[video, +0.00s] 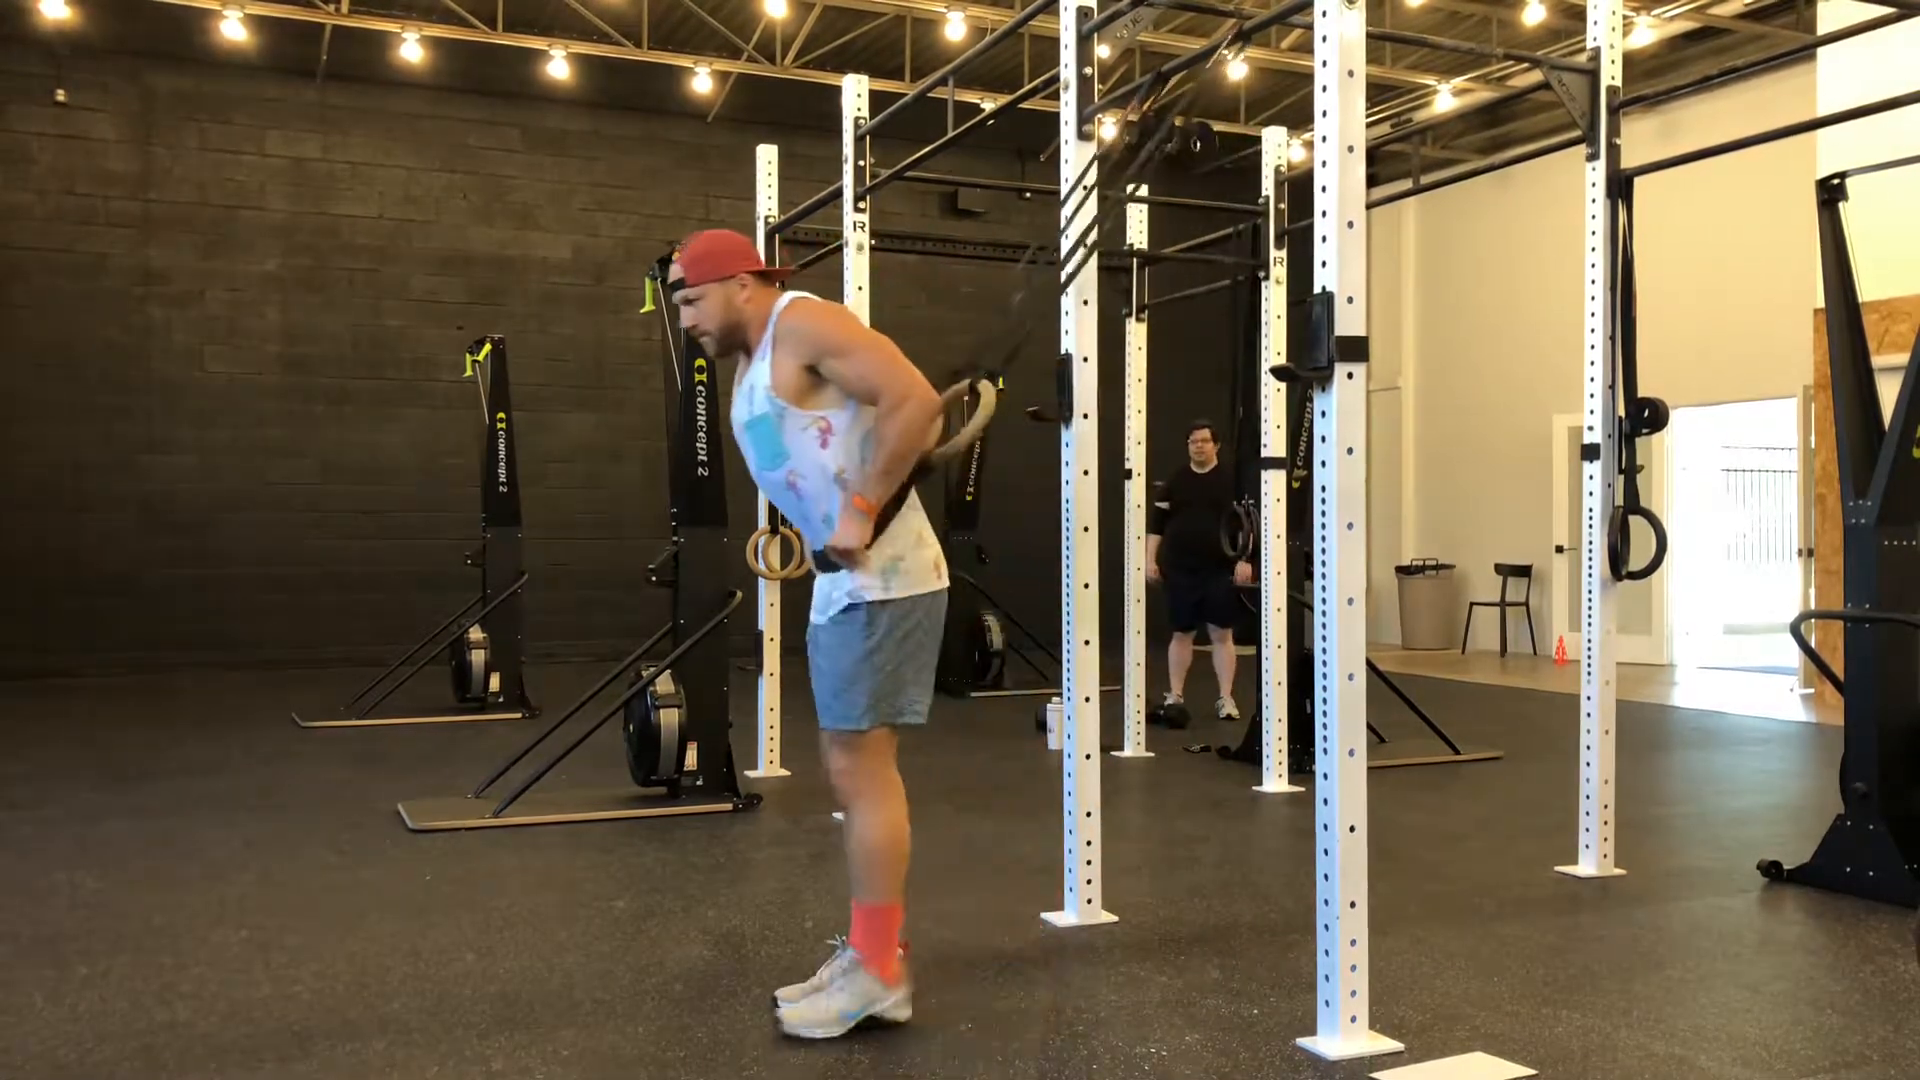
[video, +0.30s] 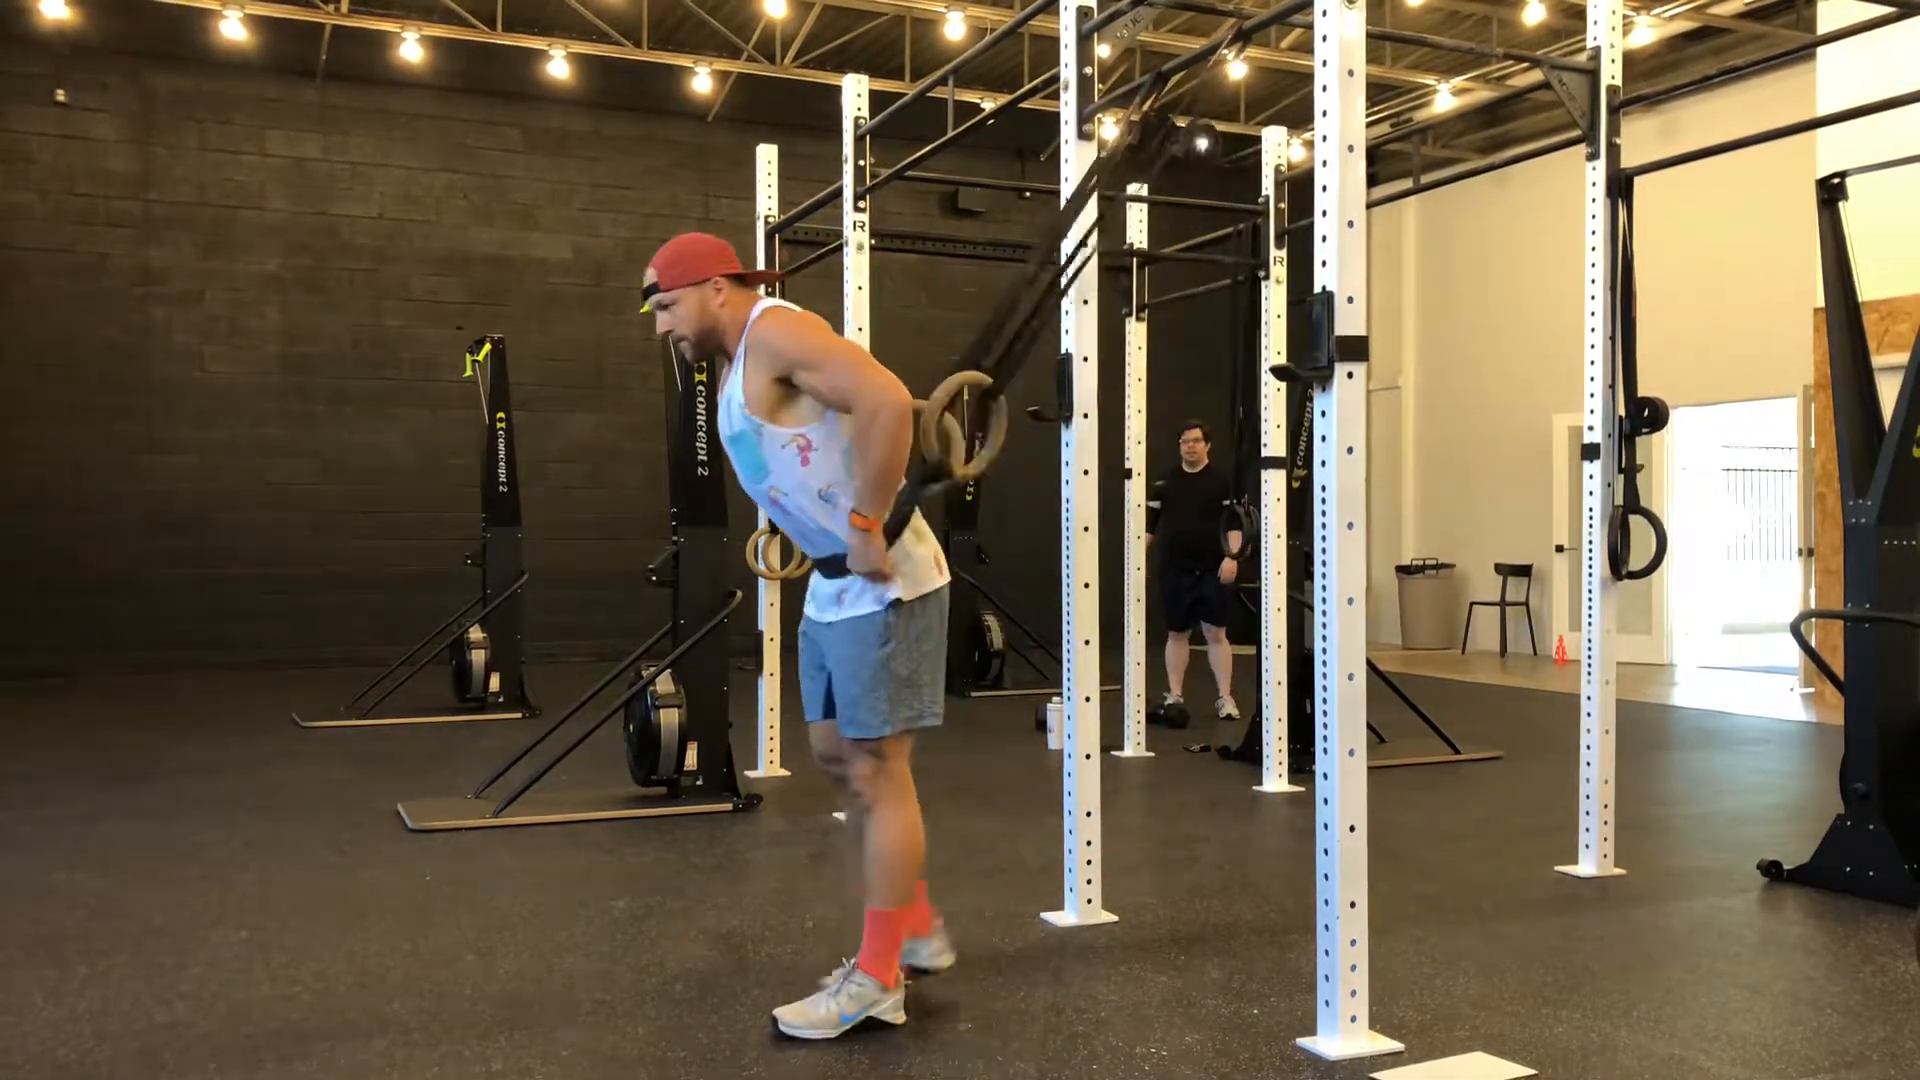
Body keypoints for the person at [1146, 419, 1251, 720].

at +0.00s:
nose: (1198, 447)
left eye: (1203, 442)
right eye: (1193, 442)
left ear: (1215, 445)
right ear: (1187, 446)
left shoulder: (1231, 480)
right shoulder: (1176, 480)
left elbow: (1249, 523)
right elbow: (1157, 522)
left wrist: (1246, 559)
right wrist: (1150, 558)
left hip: (1220, 569)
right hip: (1180, 568)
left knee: (1221, 634)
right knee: (1181, 634)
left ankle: (1226, 698)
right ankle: (1175, 695)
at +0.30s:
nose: (1189, 447)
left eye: (1195, 441)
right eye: (1184, 442)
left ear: (1207, 445)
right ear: (1179, 447)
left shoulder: (1221, 480)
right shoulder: (1167, 483)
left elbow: (1233, 522)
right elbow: (1149, 527)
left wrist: (1232, 556)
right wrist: (1137, 560)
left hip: (1211, 570)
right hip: (1174, 569)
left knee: (1216, 633)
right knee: (1177, 633)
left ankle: (1225, 697)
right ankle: (1175, 696)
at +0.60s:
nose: (1188, 447)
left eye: (1194, 442)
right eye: (1183, 443)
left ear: (1205, 446)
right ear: (1177, 447)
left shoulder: (1219, 481)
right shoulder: (1165, 483)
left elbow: (1233, 523)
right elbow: (1149, 527)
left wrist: (1234, 559)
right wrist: (1142, 562)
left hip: (1210, 569)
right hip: (1172, 569)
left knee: (1214, 633)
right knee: (1176, 634)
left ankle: (1225, 697)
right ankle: (1174, 696)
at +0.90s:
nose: (1188, 448)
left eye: (1194, 443)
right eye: (1183, 443)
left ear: (1205, 446)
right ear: (1177, 448)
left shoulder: (1220, 482)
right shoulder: (1164, 484)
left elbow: (1234, 524)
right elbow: (1149, 525)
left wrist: (1235, 559)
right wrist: (1142, 558)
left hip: (1211, 569)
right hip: (1173, 569)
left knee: (1214, 633)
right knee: (1176, 634)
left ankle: (1225, 698)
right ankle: (1174, 696)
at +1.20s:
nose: (1189, 449)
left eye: (1194, 443)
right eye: (1184, 444)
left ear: (1205, 446)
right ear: (1177, 448)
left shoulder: (1220, 482)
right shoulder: (1165, 484)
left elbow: (1234, 523)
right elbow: (1150, 525)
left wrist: (1234, 558)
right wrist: (1144, 557)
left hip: (1211, 569)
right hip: (1173, 569)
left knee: (1215, 633)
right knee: (1177, 634)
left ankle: (1225, 697)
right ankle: (1175, 695)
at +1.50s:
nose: (1187, 449)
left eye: (1192, 443)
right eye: (1182, 444)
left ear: (1204, 446)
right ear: (1176, 448)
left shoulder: (1220, 481)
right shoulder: (1164, 484)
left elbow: (1234, 522)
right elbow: (1149, 526)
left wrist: (1235, 557)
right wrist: (1142, 559)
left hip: (1211, 570)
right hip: (1173, 570)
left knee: (1215, 634)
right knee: (1177, 634)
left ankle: (1225, 698)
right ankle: (1174, 696)